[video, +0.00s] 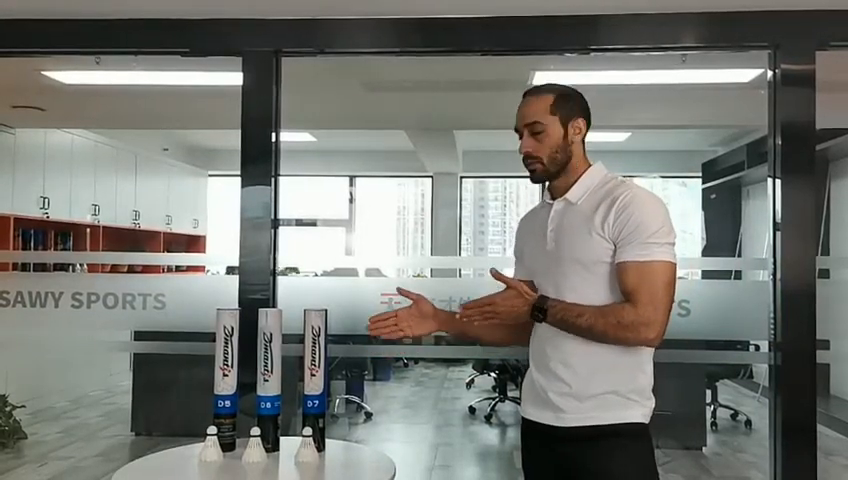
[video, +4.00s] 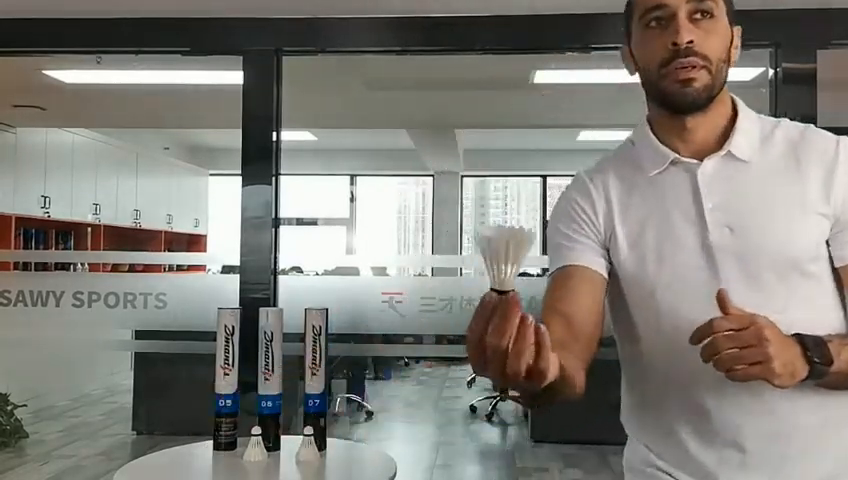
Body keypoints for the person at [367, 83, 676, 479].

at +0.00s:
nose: (523, 148)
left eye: (536, 133)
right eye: (520, 137)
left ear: (577, 130)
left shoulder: (634, 207)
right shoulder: (530, 225)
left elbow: (647, 325)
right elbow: (528, 330)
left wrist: (537, 307)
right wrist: (444, 321)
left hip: (611, 428)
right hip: (541, 425)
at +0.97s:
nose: (495, 168)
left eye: (503, 150)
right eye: (491, 154)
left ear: (545, 135)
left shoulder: (622, 206)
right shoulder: (511, 223)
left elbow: (658, 327)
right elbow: (495, 322)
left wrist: (544, 321)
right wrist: (409, 321)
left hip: (619, 431)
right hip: (541, 430)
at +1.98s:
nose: (508, 158)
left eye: (515, 140)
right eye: (504, 144)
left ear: (555, 128)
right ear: (554, 129)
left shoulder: (638, 195)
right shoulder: (539, 226)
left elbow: (673, 321)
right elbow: (547, 333)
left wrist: (556, 319)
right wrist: (462, 360)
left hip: (646, 437)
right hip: (567, 432)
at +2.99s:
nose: (407, 171)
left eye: (420, 156)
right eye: (397, 161)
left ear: (455, 165)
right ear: (392, 176)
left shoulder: (521, 212)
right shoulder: (411, 277)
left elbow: (612, 303)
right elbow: (334, 354)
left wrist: (506, 347)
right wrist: (243, 404)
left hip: (604, 439)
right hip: (518, 447)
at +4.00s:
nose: (683, 36)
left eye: (702, 16)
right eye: (657, 21)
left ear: (733, 41)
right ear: (629, 55)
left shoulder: (827, 161)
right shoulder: (595, 196)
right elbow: (565, 362)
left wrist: (805, 356)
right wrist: (527, 365)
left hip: (817, 466)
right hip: (669, 469)